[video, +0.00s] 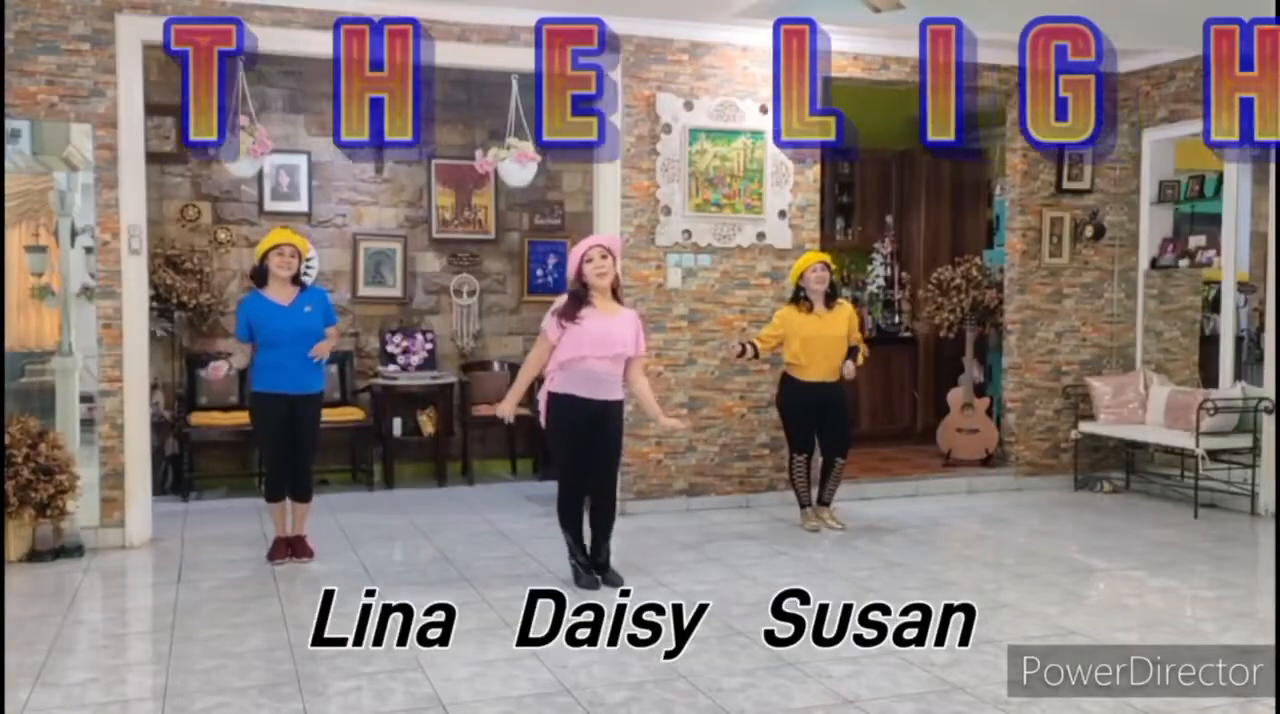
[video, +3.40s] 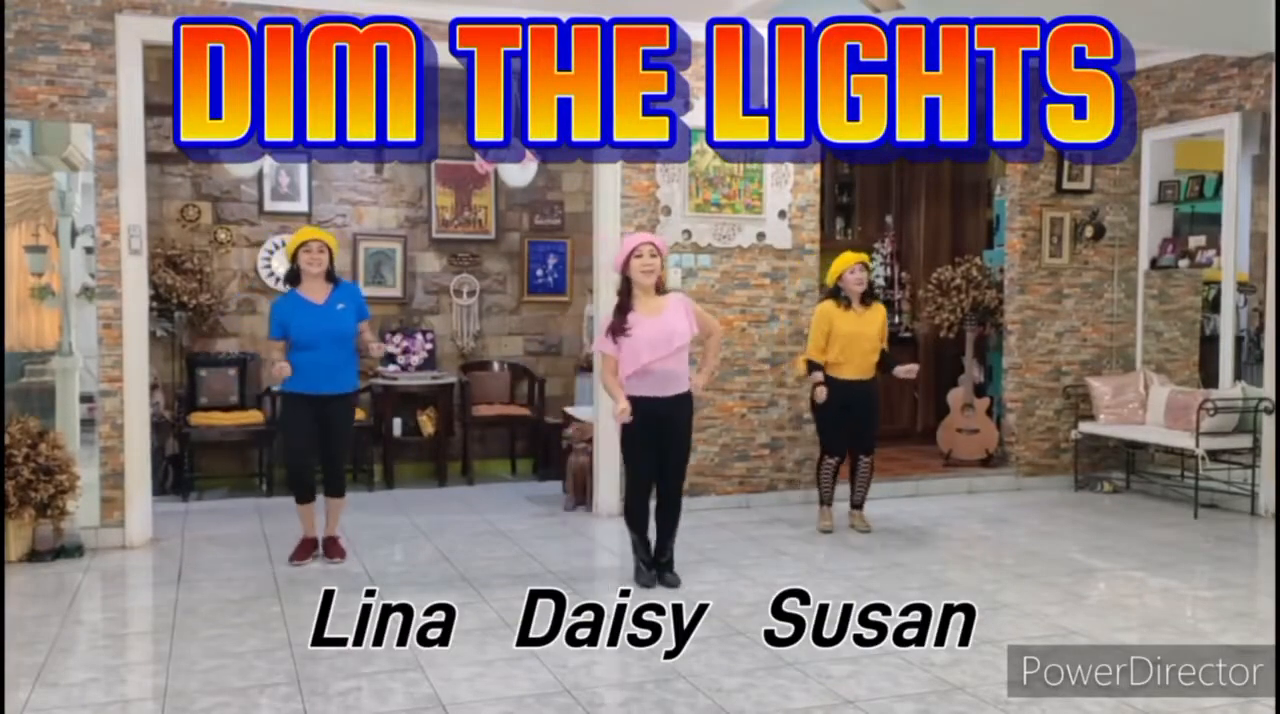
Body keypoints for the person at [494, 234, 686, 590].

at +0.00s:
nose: (599, 264)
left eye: (605, 258)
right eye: (591, 260)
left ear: (616, 266)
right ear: (580, 272)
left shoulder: (629, 319)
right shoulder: (566, 308)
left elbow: (635, 375)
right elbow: (537, 357)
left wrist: (660, 417)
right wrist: (510, 401)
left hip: (608, 406)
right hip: (566, 403)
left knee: (605, 485)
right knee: (572, 482)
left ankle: (601, 559)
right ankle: (578, 559)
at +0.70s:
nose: (608, 264)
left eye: (613, 258)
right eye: (599, 259)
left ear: (620, 266)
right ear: (583, 269)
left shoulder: (639, 305)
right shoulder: (579, 321)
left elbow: (665, 355)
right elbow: (575, 379)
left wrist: (694, 389)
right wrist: (559, 426)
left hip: (645, 405)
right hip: (601, 409)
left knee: (644, 485)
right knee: (594, 485)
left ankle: (645, 560)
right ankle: (582, 557)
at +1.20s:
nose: (621, 271)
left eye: (627, 264)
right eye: (613, 264)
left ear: (634, 272)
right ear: (598, 274)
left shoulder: (651, 307)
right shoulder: (591, 325)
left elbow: (679, 355)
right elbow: (597, 380)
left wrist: (722, 377)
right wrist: (608, 415)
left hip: (667, 404)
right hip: (627, 411)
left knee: (660, 487)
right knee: (631, 487)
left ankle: (647, 559)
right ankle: (626, 559)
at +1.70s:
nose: (621, 262)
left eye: (627, 257)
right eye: (613, 257)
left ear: (637, 266)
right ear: (601, 267)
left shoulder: (648, 313)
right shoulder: (586, 311)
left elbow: (661, 368)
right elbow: (571, 368)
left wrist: (689, 403)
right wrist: (573, 420)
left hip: (643, 406)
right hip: (600, 408)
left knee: (642, 487)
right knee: (599, 485)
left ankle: (644, 559)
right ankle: (589, 557)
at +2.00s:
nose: (614, 267)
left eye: (620, 260)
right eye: (606, 262)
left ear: (631, 269)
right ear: (595, 272)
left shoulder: (639, 319)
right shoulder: (579, 309)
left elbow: (642, 375)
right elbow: (542, 350)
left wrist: (654, 422)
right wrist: (529, 403)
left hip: (622, 410)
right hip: (579, 408)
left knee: (630, 486)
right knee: (582, 486)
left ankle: (635, 559)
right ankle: (586, 561)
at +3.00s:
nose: (627, 263)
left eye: (633, 257)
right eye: (618, 258)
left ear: (642, 265)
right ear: (606, 267)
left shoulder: (661, 304)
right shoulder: (601, 312)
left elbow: (684, 349)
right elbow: (589, 369)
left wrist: (692, 389)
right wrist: (571, 412)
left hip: (657, 403)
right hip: (612, 404)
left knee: (659, 485)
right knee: (603, 483)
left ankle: (662, 561)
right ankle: (591, 557)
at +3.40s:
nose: (647, 262)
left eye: (653, 256)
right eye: (639, 257)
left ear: (662, 265)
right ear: (627, 268)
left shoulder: (681, 304)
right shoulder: (620, 317)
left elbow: (713, 332)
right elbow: (608, 373)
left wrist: (703, 374)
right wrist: (621, 399)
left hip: (677, 404)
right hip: (637, 406)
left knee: (671, 487)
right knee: (639, 487)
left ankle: (665, 560)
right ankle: (642, 557)